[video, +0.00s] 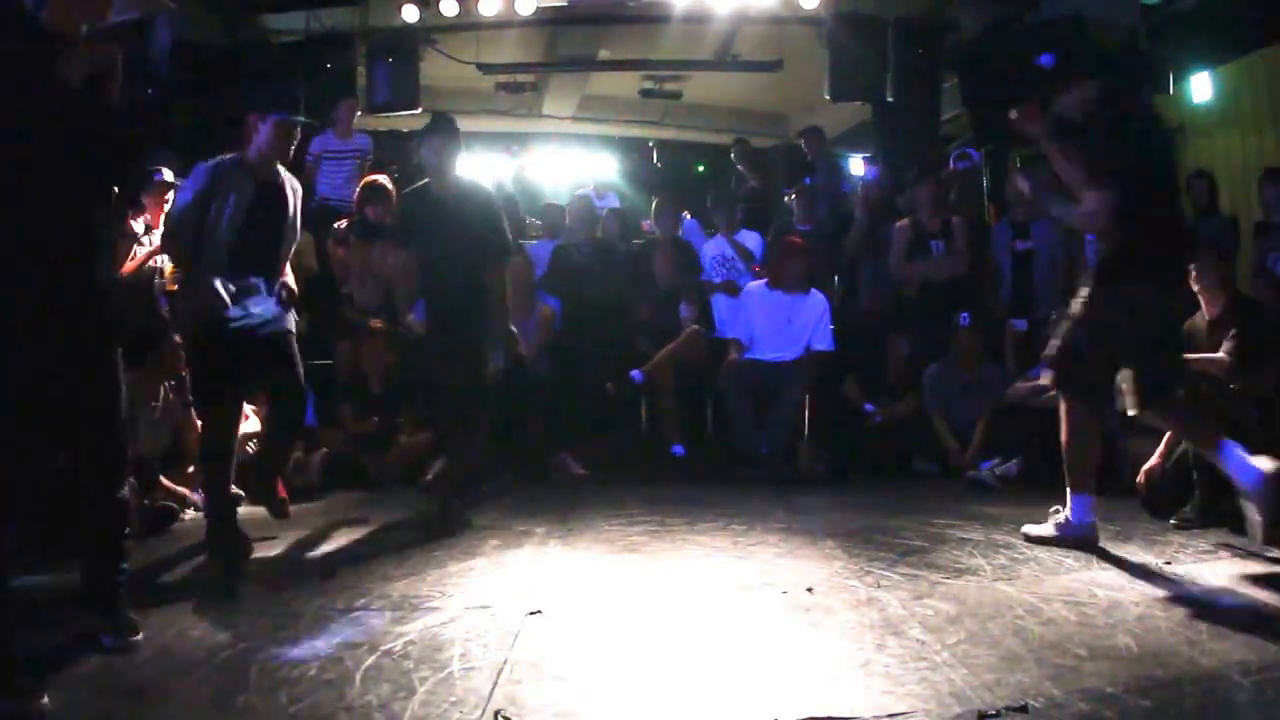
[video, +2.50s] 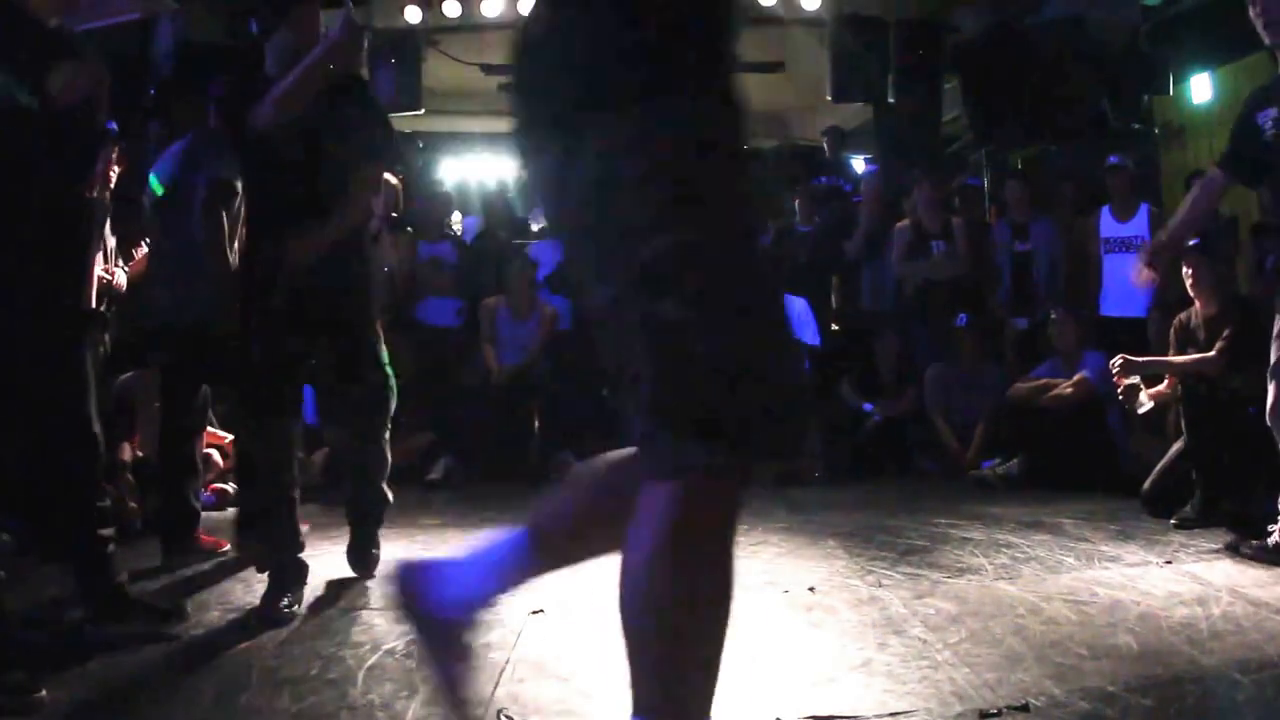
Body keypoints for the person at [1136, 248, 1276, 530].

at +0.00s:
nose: (1195, 273)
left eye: (1203, 267)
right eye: (1192, 268)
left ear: (1222, 272)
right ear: (1188, 278)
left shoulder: (1247, 315)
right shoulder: (1191, 329)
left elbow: (1227, 363)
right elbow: (1186, 406)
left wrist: (1175, 360)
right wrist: (1160, 456)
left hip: (1255, 421)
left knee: (1200, 392)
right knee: (1158, 494)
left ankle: (1205, 499)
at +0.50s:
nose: (1194, 269)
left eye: (1204, 262)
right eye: (1192, 261)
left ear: (1226, 269)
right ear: (1188, 267)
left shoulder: (1246, 316)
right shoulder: (1189, 324)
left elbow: (1222, 364)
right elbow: (1177, 392)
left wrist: (1147, 357)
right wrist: (1152, 453)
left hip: (1249, 427)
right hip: (1211, 429)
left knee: (1198, 391)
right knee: (1157, 495)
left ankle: (1205, 499)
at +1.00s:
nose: (1196, 268)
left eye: (1206, 261)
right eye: (1196, 260)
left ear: (1230, 268)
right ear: (1192, 265)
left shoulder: (1248, 315)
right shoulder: (1190, 314)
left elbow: (1221, 363)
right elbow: (1132, 329)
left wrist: (1149, 361)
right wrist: (1082, 287)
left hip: (1249, 426)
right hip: (1209, 424)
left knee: (1199, 399)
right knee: (1156, 498)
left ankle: (1207, 502)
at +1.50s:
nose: (1191, 272)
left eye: (1200, 266)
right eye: (1192, 265)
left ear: (1225, 273)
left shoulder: (1245, 316)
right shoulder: (1192, 314)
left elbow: (1220, 363)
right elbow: (1152, 337)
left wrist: (1148, 363)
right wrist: (1106, 341)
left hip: (1241, 429)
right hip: (1205, 430)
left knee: (1193, 383)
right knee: (1156, 497)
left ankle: (1206, 496)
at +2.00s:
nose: (1194, 269)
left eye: (1203, 262)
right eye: (1191, 262)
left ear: (1225, 269)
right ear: (1186, 268)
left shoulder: (1246, 314)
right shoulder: (1187, 321)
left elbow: (1216, 362)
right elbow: (1179, 373)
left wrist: (1146, 363)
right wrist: (1149, 393)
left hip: (1246, 432)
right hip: (1205, 432)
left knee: (1193, 388)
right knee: (1154, 498)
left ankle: (1205, 499)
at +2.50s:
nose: (1190, 273)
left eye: (1197, 265)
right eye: (1185, 266)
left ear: (1216, 270)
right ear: (1181, 273)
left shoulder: (1241, 313)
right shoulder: (1182, 324)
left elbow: (1216, 362)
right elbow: (1174, 383)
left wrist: (1143, 365)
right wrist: (1146, 396)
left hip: (1243, 426)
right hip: (1205, 428)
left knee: (1194, 391)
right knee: (1155, 498)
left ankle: (1206, 500)